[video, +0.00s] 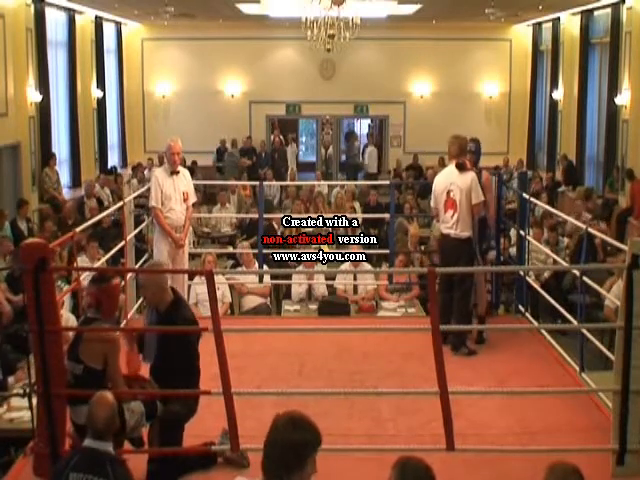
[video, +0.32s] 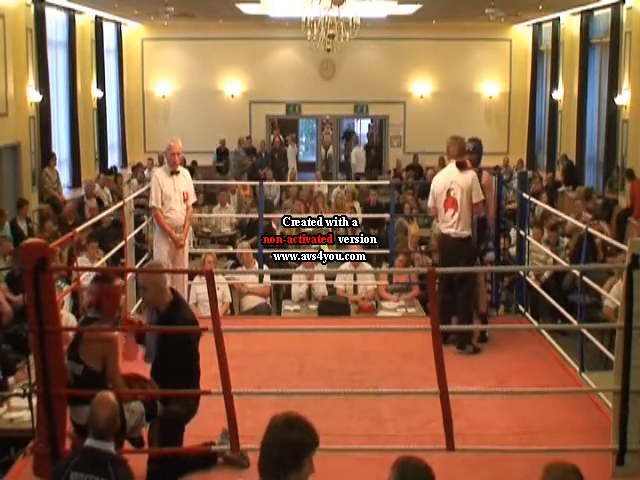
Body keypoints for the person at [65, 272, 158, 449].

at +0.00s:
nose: (121, 299)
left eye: (120, 293)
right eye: (117, 294)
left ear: (95, 298)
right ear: (103, 298)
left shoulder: (83, 325)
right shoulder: (109, 335)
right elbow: (119, 391)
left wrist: (131, 385)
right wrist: (140, 395)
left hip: (76, 412)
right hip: (95, 416)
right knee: (152, 405)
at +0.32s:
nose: (120, 301)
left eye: (119, 295)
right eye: (117, 295)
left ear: (94, 298)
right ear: (104, 299)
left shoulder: (83, 325)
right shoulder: (108, 336)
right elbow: (117, 388)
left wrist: (129, 384)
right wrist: (139, 396)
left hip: (76, 410)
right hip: (94, 415)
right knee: (153, 406)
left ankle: (133, 430)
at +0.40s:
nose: (120, 304)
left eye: (120, 298)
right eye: (117, 298)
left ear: (93, 299)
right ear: (105, 300)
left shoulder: (83, 327)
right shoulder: (106, 338)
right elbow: (117, 390)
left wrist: (129, 383)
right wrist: (139, 394)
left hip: (76, 410)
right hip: (93, 415)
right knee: (152, 405)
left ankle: (133, 429)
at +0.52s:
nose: (120, 304)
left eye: (120, 298)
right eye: (117, 298)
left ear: (94, 299)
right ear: (103, 300)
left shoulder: (83, 327)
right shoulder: (105, 339)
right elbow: (117, 390)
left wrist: (129, 384)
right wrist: (139, 395)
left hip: (76, 410)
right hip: (94, 415)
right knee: (152, 405)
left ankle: (133, 430)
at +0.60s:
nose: (120, 304)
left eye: (120, 298)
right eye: (117, 298)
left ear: (94, 300)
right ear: (105, 300)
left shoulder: (83, 328)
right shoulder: (105, 339)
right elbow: (116, 389)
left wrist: (130, 384)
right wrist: (140, 395)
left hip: (76, 410)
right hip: (94, 414)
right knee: (152, 406)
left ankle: (133, 430)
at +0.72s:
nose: (120, 305)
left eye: (120, 299)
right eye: (117, 299)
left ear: (94, 300)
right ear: (104, 301)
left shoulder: (83, 329)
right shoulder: (105, 339)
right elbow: (116, 390)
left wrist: (128, 384)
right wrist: (141, 395)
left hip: (77, 410)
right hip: (94, 414)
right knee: (152, 406)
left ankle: (133, 430)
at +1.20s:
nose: (122, 304)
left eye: (122, 299)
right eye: (118, 299)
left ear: (95, 300)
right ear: (100, 301)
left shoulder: (85, 325)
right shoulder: (107, 337)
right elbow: (118, 391)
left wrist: (129, 378)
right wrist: (139, 395)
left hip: (77, 410)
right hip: (94, 415)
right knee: (152, 407)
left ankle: (132, 429)